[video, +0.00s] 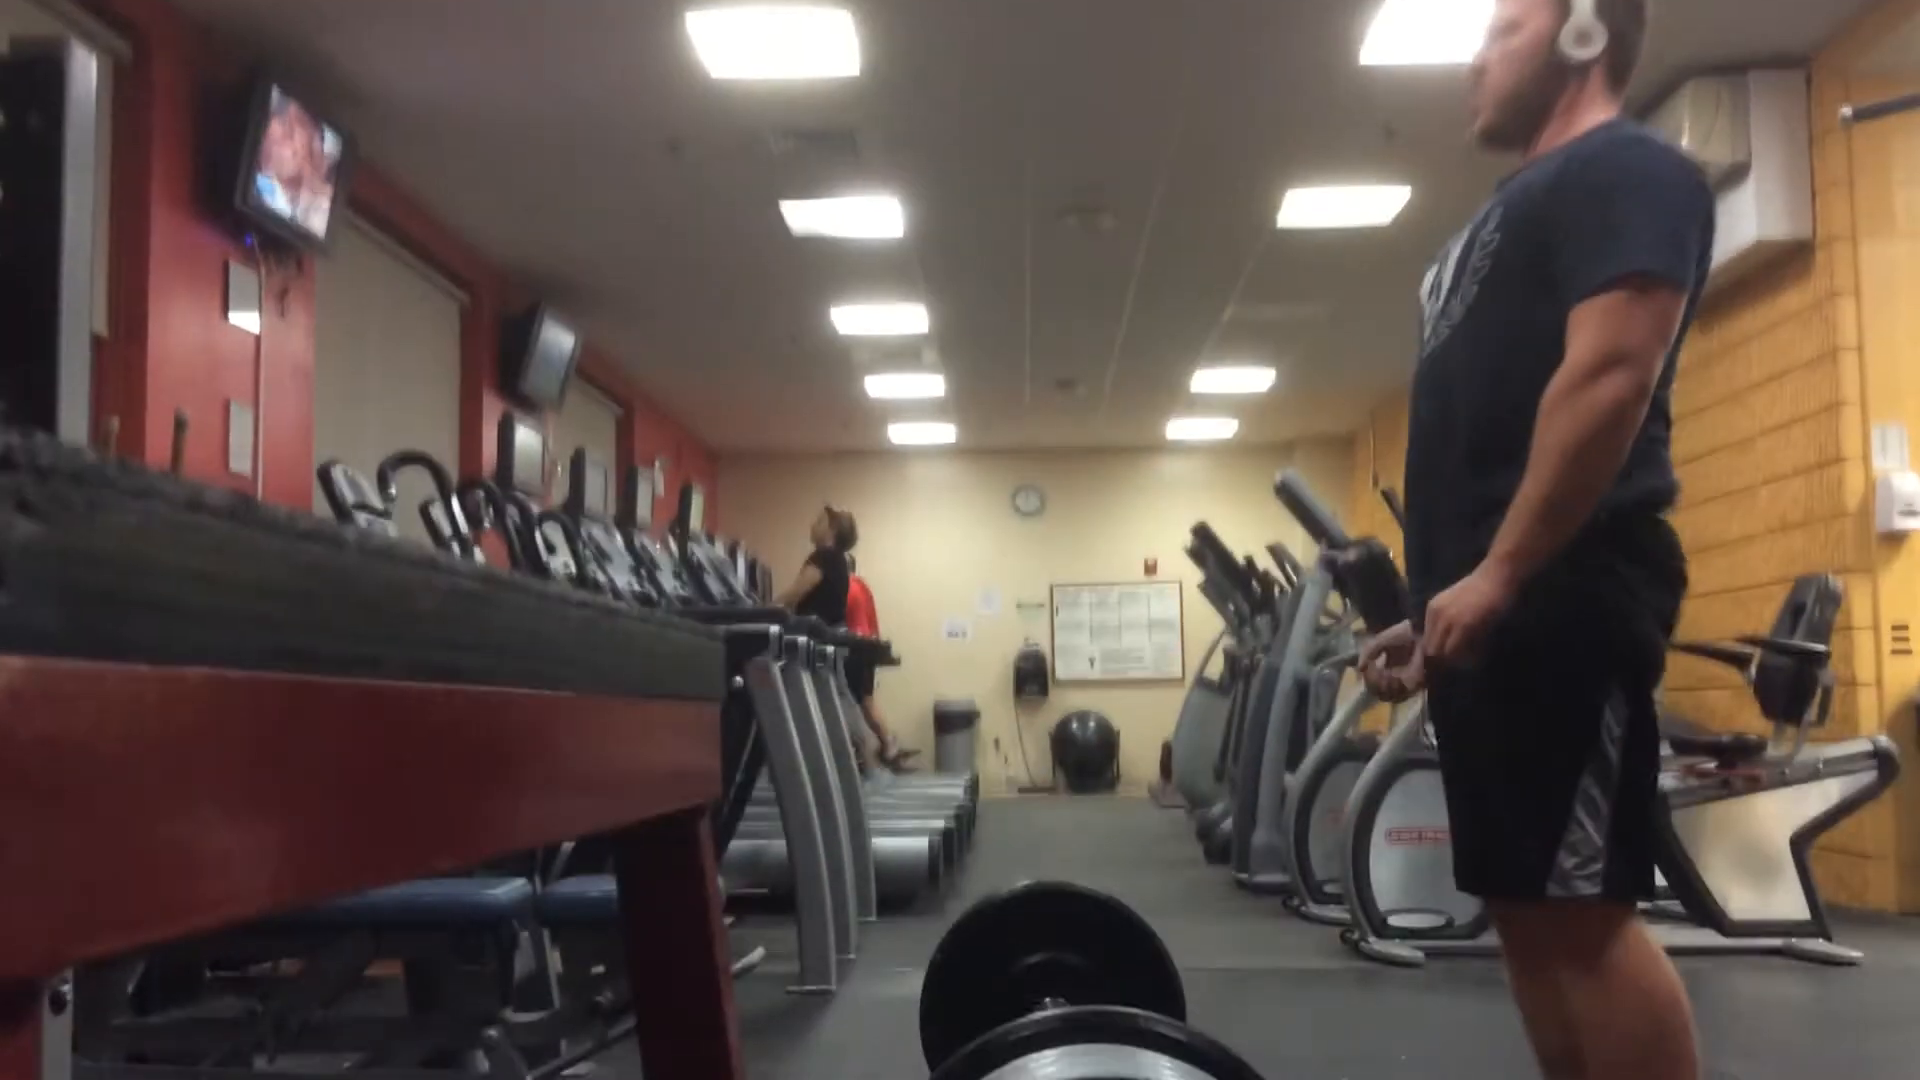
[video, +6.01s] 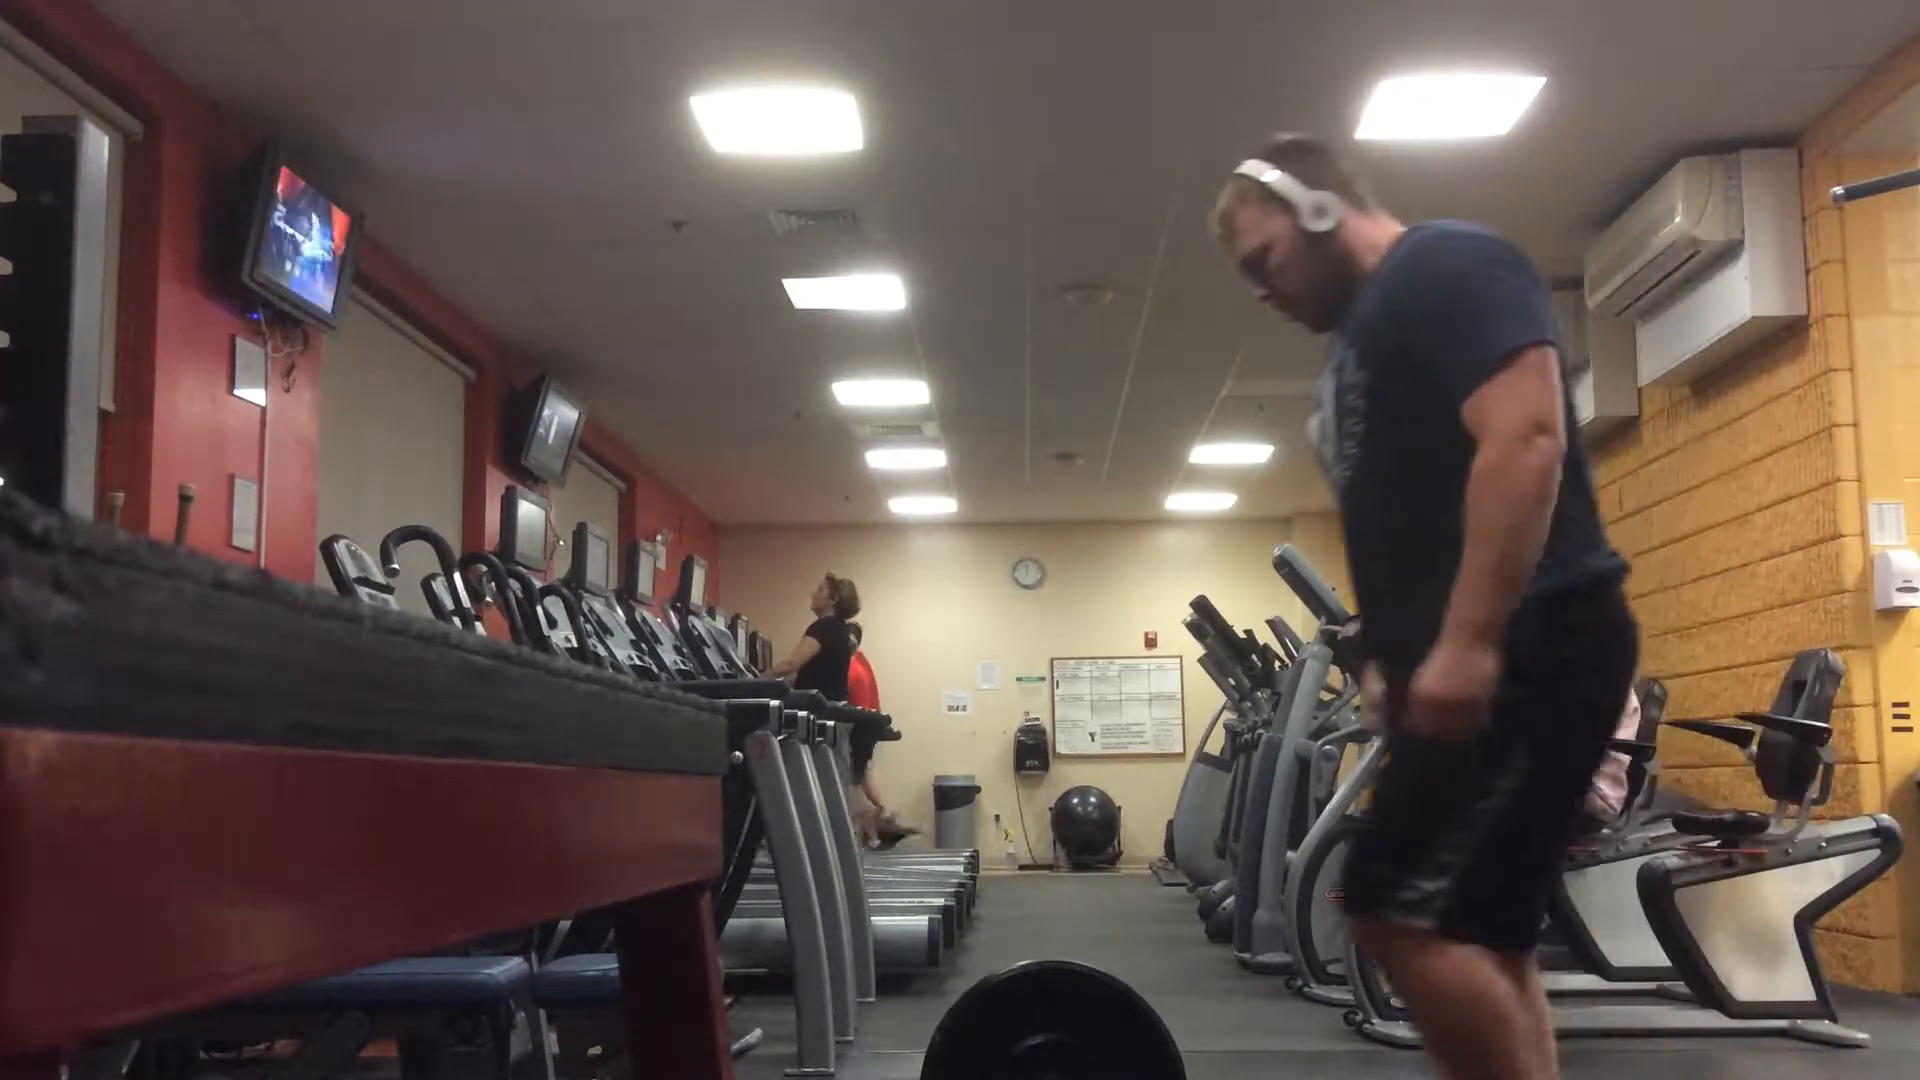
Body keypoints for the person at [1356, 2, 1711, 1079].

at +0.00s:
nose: (1475, 53)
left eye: (1501, 23)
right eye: (1485, 29)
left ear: (1582, 37)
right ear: (1569, 47)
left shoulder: (1623, 162)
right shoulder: (1509, 214)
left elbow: (1609, 376)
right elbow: (1494, 434)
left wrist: (1501, 570)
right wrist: (1431, 608)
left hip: (1568, 581)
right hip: (1499, 594)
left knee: (1578, 917)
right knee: (1521, 913)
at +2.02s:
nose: (1626, 121)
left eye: (1657, 96)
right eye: (1630, 102)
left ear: (1744, 115)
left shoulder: (1835, 244)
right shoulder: (1650, 312)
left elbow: (1916, 458)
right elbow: (1673, 520)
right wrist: (1629, 694)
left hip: (1857, 679)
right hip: (1710, 695)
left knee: (1889, 982)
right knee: (1709, 964)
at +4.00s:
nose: (1609, 206)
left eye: (1628, 178)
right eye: (1611, 186)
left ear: (1706, 171)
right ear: (1694, 178)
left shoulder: (1801, 260)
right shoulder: (1683, 343)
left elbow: (1787, 444)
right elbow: (1690, 564)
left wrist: (1618, 579)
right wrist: (1582, 707)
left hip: (1813, 638)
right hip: (1737, 653)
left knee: (1708, 926)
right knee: (1814, 945)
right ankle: (1867, 1076)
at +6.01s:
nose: (1264, 292)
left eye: (1263, 261)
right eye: (1251, 279)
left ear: (1326, 212)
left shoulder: (1443, 261)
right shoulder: (1357, 354)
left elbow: (1526, 438)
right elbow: (1401, 516)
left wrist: (1468, 637)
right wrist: (1384, 649)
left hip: (1541, 638)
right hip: (1479, 653)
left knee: (1401, 913)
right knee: (1487, 944)